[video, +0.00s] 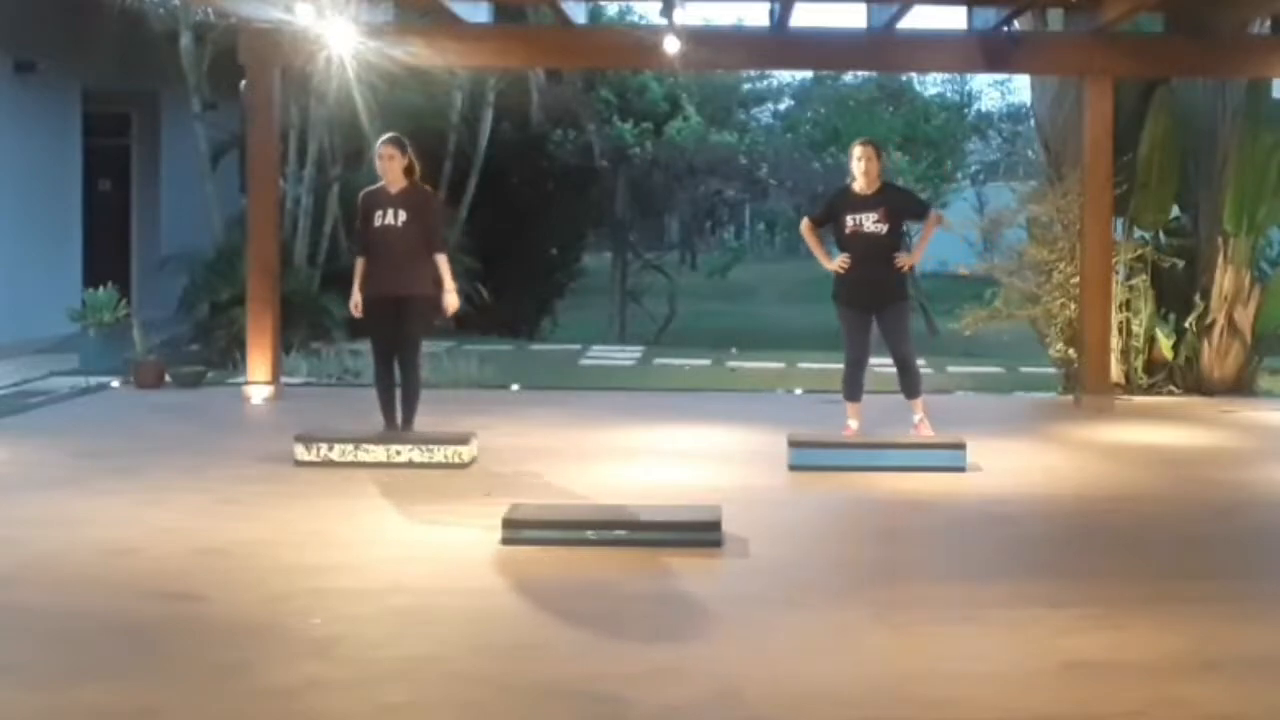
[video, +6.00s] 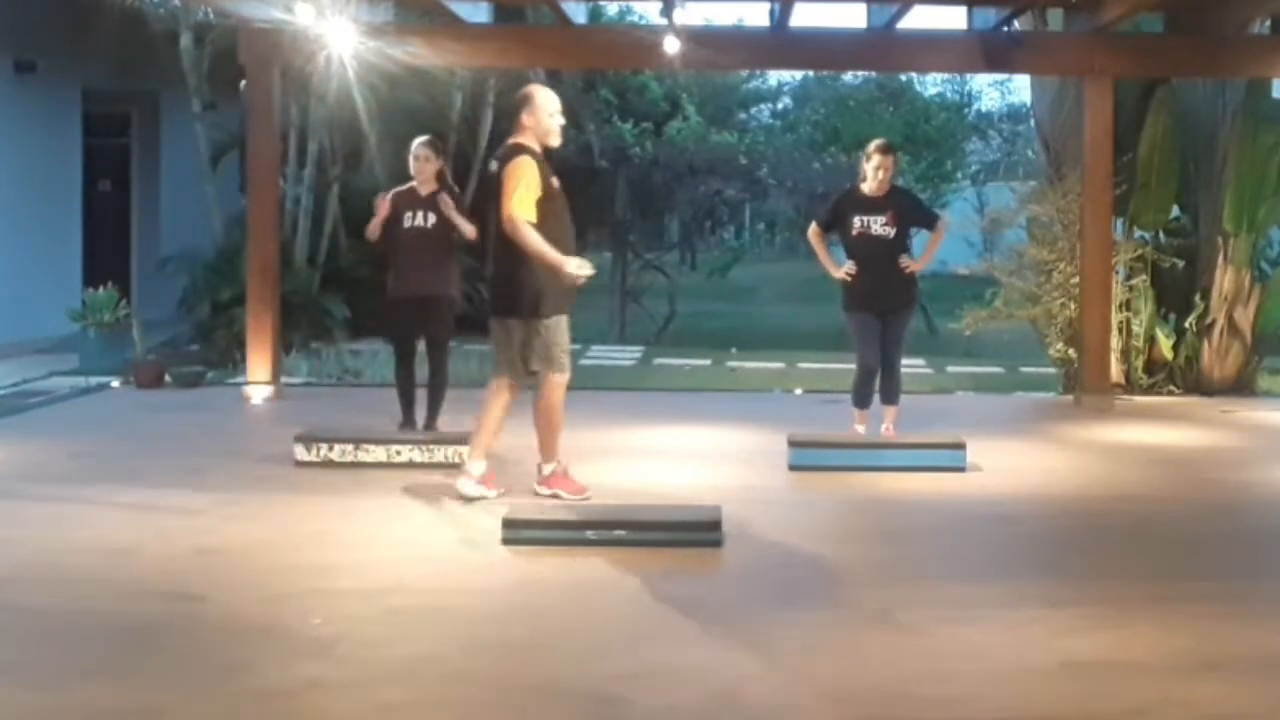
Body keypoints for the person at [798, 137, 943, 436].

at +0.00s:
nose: (863, 164)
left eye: (868, 158)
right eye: (858, 159)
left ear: (879, 163)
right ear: (851, 165)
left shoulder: (896, 196)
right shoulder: (839, 199)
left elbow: (933, 218)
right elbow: (807, 226)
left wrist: (916, 255)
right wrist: (827, 260)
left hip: (890, 283)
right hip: (852, 285)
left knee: (902, 353)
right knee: (855, 355)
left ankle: (919, 416)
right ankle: (853, 419)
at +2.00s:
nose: (866, 160)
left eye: (871, 155)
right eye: (861, 156)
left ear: (884, 160)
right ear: (855, 162)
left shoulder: (902, 198)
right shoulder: (845, 198)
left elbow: (938, 230)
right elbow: (811, 228)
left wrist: (919, 264)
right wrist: (830, 261)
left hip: (892, 287)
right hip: (852, 287)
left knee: (897, 362)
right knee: (845, 359)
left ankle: (913, 429)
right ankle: (838, 430)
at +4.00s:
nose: (876, 162)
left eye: (882, 157)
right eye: (871, 156)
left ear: (890, 162)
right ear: (861, 160)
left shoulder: (905, 198)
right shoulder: (844, 199)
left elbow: (941, 226)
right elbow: (814, 230)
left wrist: (922, 264)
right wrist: (834, 263)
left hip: (897, 287)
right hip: (856, 287)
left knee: (901, 361)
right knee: (848, 359)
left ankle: (914, 429)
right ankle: (837, 429)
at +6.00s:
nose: (883, 175)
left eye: (888, 169)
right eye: (878, 168)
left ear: (894, 170)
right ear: (866, 167)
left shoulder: (904, 200)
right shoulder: (846, 200)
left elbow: (940, 226)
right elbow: (814, 232)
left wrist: (923, 262)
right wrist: (833, 268)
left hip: (898, 287)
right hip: (861, 288)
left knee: (891, 360)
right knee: (869, 360)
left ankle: (889, 425)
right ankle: (860, 424)